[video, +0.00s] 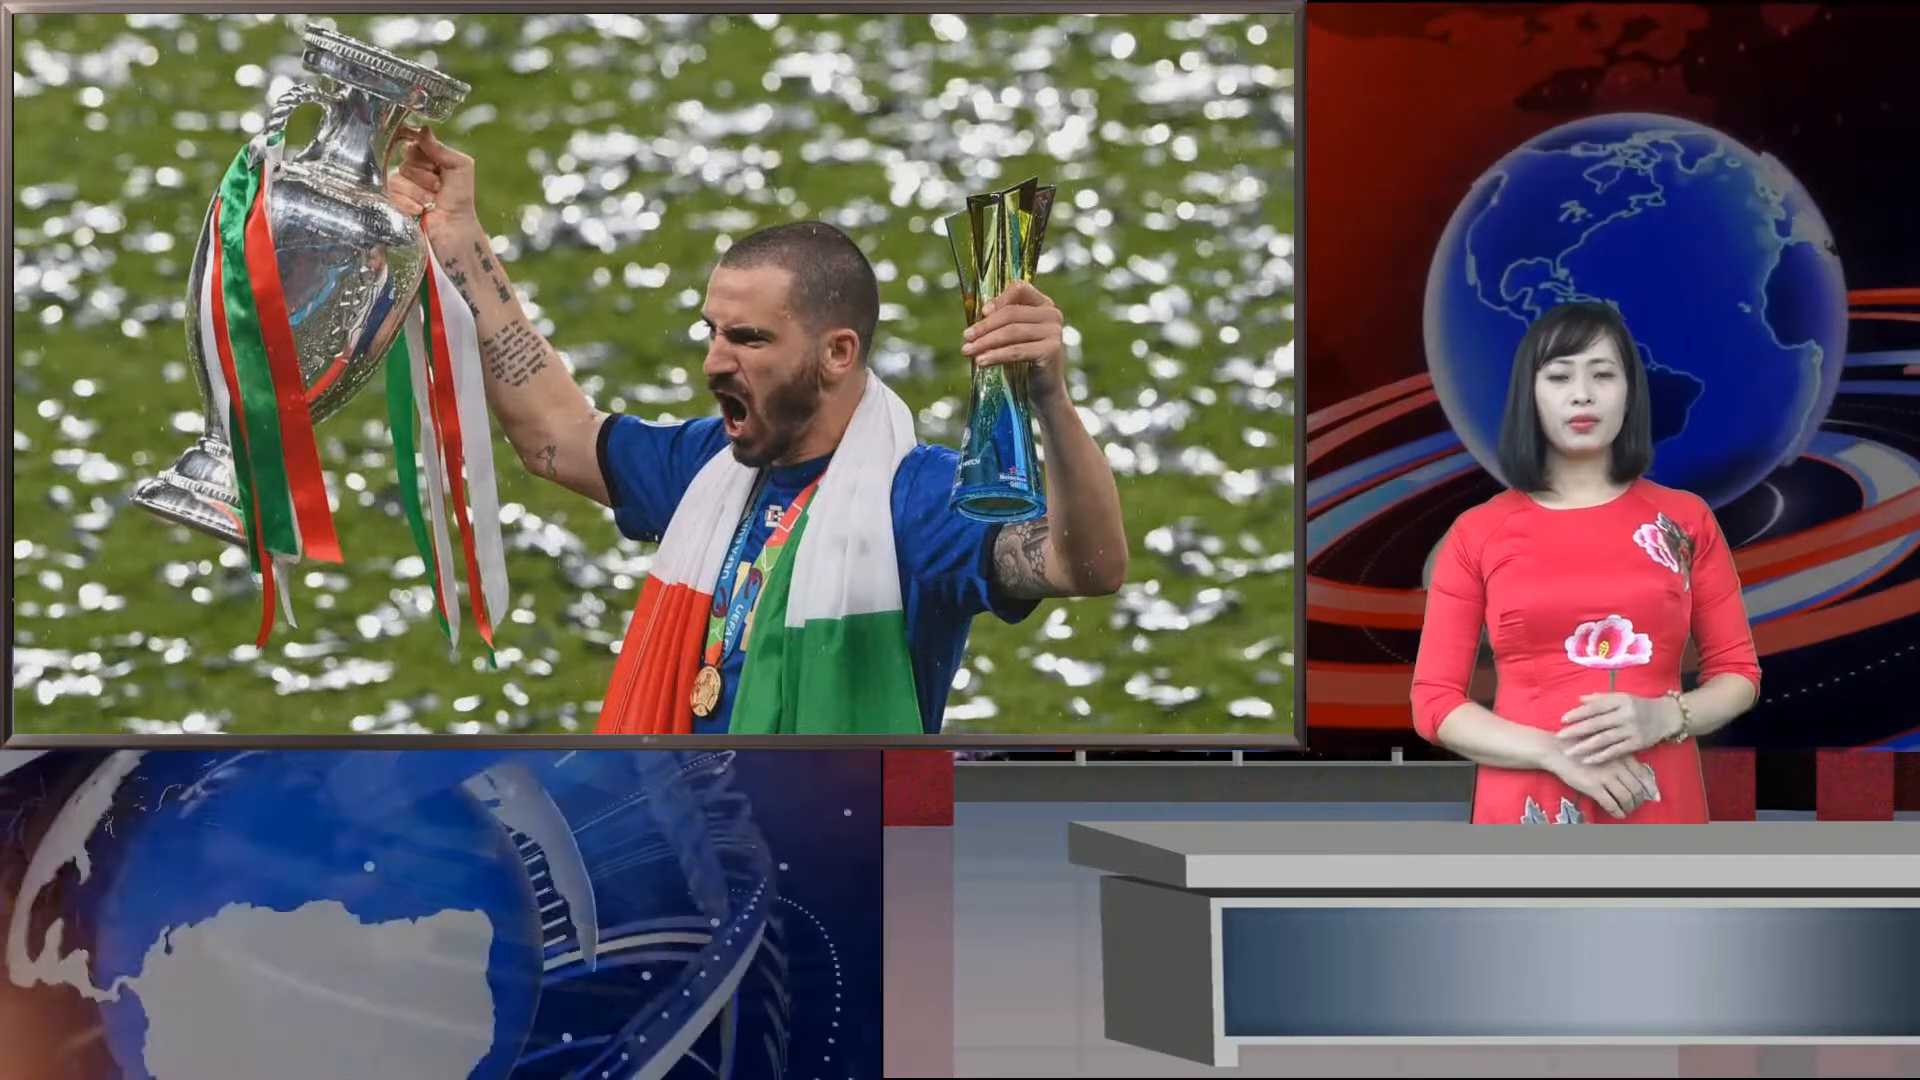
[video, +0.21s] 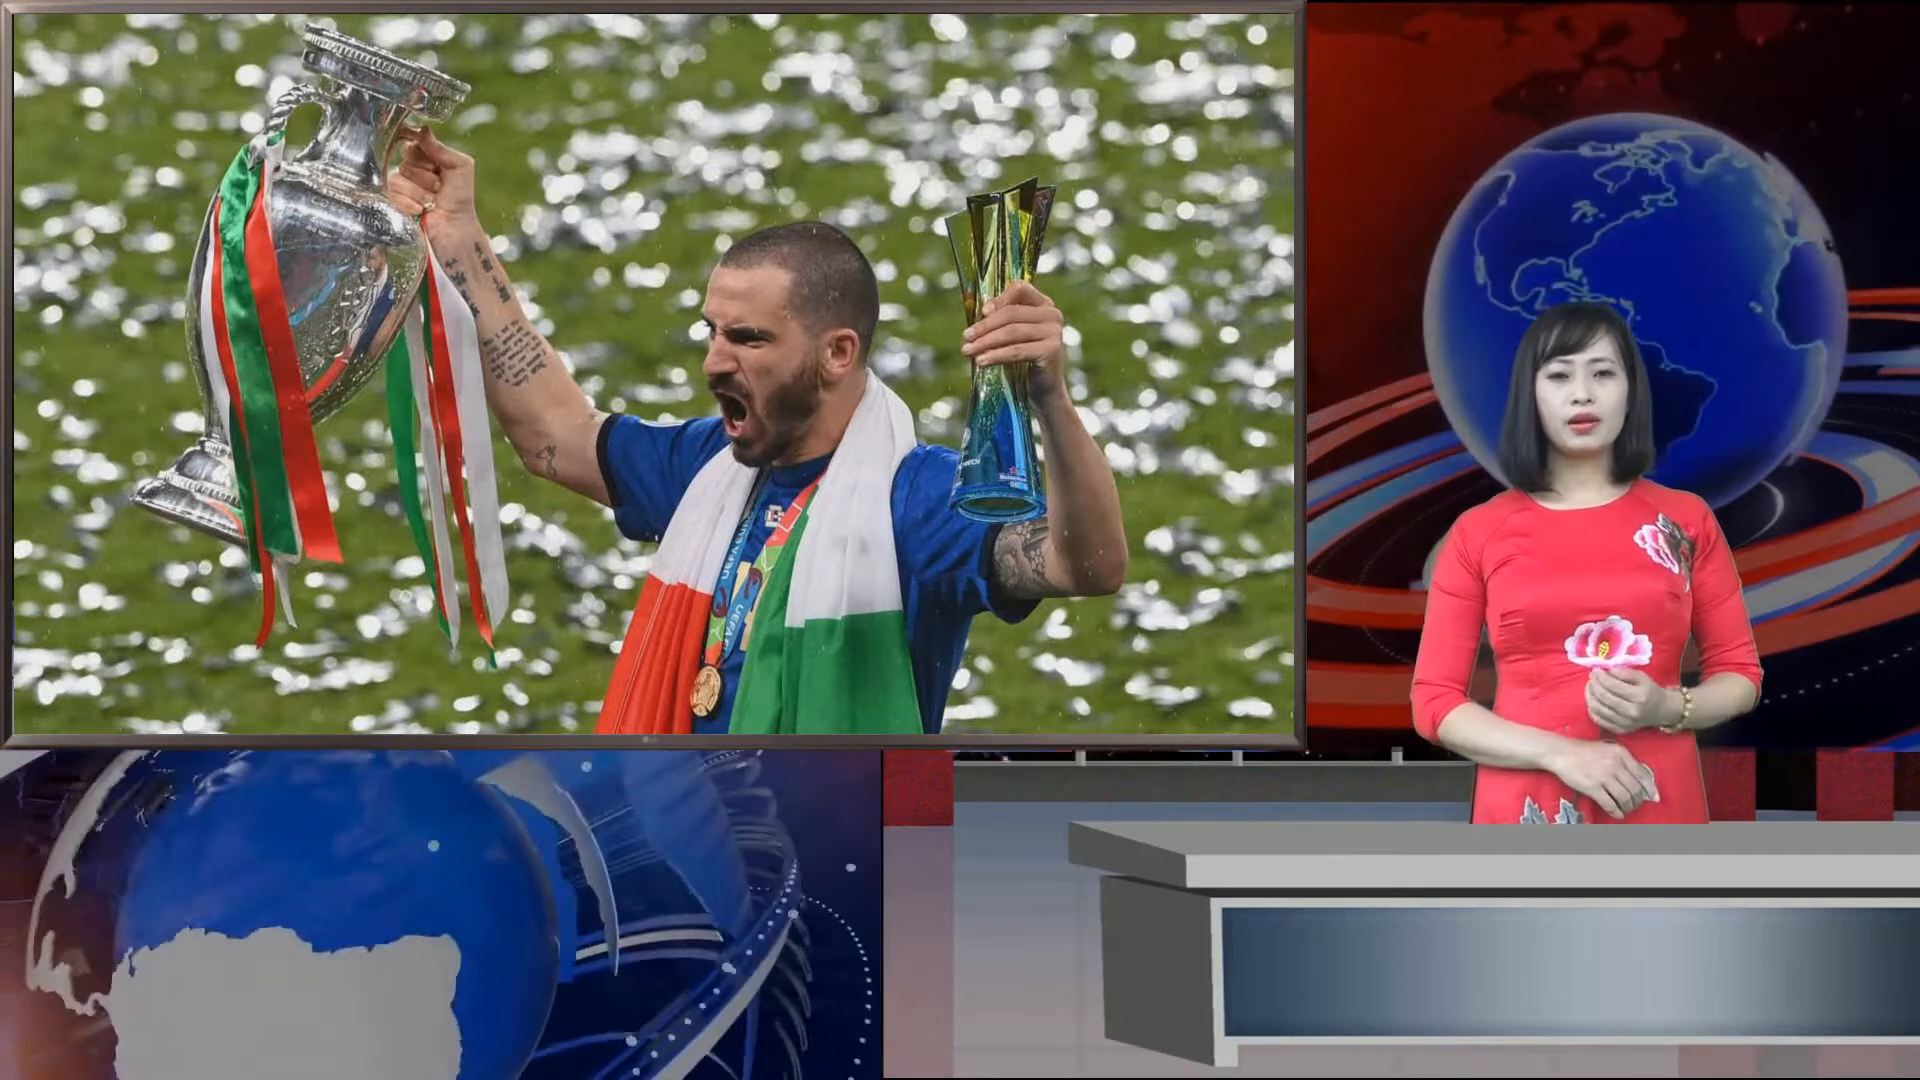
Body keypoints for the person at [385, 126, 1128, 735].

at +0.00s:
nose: (713, 361)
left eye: (747, 339)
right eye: (711, 333)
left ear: (839, 355)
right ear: (705, 327)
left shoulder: (914, 493)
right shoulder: (703, 465)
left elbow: (1089, 563)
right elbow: (557, 438)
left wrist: (1049, 398)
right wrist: (465, 255)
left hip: (831, 897)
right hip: (672, 886)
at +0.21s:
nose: (713, 361)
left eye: (747, 339)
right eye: (711, 333)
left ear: (839, 356)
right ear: (705, 327)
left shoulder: (914, 493)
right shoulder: (703, 465)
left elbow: (1089, 563)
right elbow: (557, 438)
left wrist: (1049, 398)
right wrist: (465, 255)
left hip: (834, 893)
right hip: (672, 883)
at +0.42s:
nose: (713, 361)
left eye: (747, 339)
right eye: (711, 333)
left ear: (839, 355)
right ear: (705, 327)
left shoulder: (914, 493)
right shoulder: (703, 465)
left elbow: (1089, 563)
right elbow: (557, 438)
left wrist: (1049, 398)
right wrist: (465, 255)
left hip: (837, 899)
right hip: (674, 886)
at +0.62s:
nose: (713, 362)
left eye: (747, 339)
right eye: (711, 333)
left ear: (839, 355)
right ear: (705, 327)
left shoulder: (914, 493)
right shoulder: (703, 466)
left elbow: (1089, 563)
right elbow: (557, 438)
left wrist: (1049, 398)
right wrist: (464, 254)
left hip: (833, 897)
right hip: (670, 889)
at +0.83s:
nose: (713, 362)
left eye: (747, 339)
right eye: (711, 333)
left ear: (839, 355)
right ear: (705, 327)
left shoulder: (914, 493)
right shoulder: (703, 466)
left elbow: (1089, 563)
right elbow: (557, 438)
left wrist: (1049, 399)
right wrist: (464, 254)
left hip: (828, 901)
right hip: (673, 892)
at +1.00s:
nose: (714, 362)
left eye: (747, 339)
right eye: (712, 333)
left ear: (839, 355)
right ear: (705, 327)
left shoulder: (914, 493)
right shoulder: (703, 466)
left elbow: (1089, 563)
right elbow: (557, 438)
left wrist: (1049, 399)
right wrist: (465, 254)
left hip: (829, 902)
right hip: (672, 894)